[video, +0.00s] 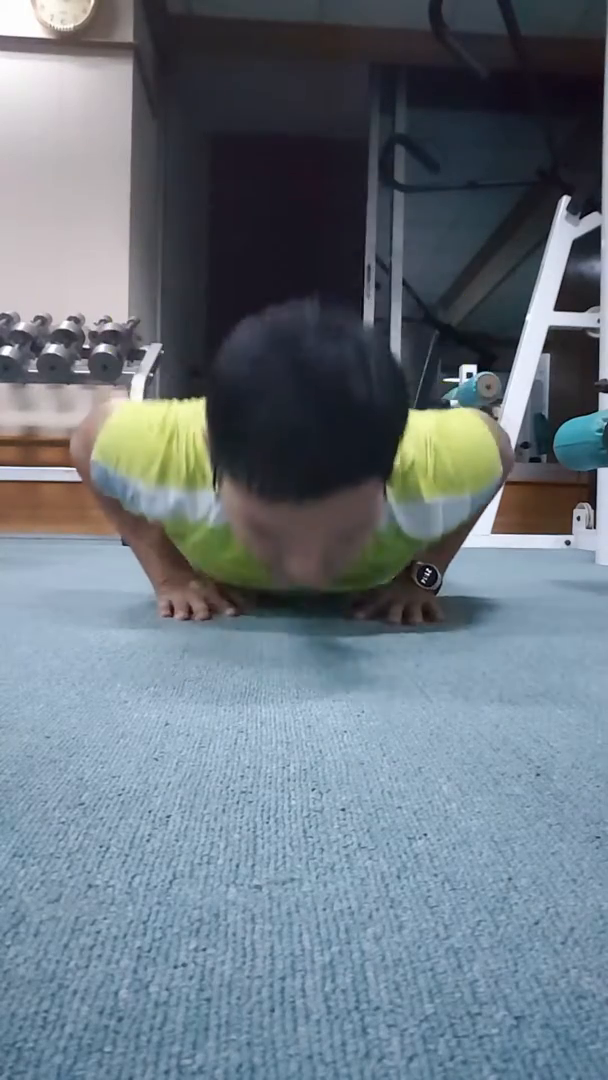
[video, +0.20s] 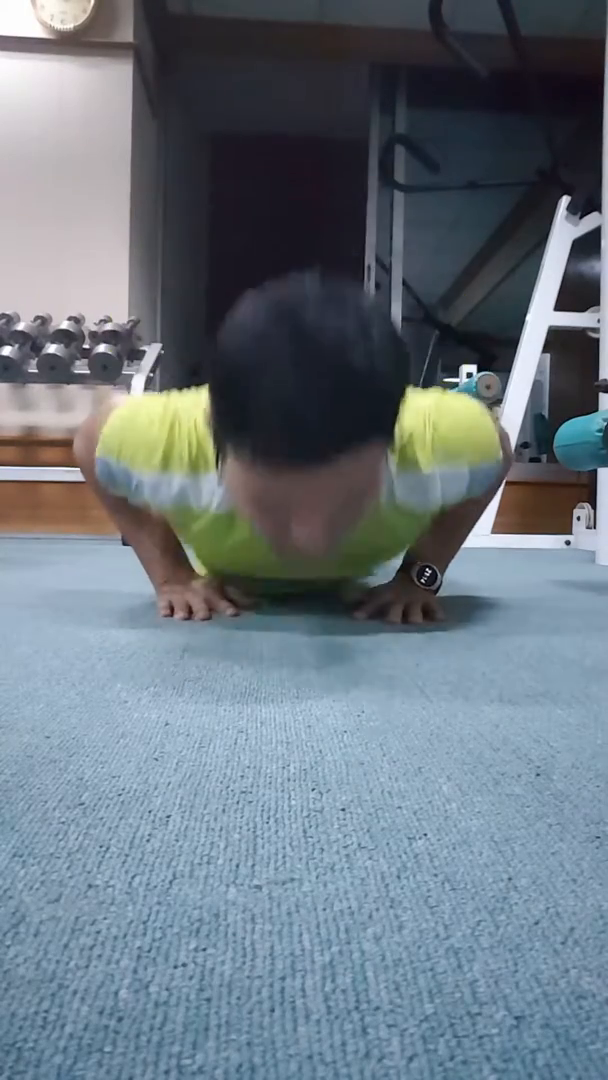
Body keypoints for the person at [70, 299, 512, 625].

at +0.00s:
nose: (306, 569)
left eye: (345, 537)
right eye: (267, 535)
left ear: (385, 477)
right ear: (215, 468)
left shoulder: (439, 468)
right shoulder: (159, 456)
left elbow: (493, 443)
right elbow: (88, 440)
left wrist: (423, 576)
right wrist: (172, 576)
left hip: (374, 570)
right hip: (228, 570)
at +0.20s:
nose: (308, 534)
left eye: (342, 501)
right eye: (272, 504)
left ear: (384, 450)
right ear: (221, 448)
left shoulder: (448, 443)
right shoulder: (156, 444)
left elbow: (489, 456)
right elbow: (91, 442)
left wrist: (419, 576)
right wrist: (172, 574)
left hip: (362, 565)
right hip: (229, 561)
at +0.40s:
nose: (317, 351)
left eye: (348, 314)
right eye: (280, 319)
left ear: (386, 272)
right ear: (222, 269)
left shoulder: (442, 341)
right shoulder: (162, 345)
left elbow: (480, 452)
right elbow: (106, 446)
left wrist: (417, 577)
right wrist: (174, 575)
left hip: (344, 506)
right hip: (232, 510)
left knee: (329, 533)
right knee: (246, 535)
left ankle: (303, 551)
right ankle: (262, 547)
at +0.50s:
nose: (317, 261)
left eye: (350, 224)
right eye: (281, 228)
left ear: (387, 192)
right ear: (227, 192)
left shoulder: (433, 288)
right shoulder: (174, 288)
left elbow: (471, 442)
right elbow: (117, 436)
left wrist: (418, 576)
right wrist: (175, 575)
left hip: (342, 484)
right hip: (236, 491)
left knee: (324, 515)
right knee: (251, 525)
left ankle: (313, 531)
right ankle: (268, 533)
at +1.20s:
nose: (312, 382)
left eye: (349, 342)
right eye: (278, 336)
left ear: (389, 320)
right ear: (228, 311)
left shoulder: (444, 383)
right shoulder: (167, 364)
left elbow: (487, 461)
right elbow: (114, 450)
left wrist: (420, 577)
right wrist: (168, 576)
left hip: (343, 510)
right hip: (225, 510)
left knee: (315, 544)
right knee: (249, 552)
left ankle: (291, 563)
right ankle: (262, 565)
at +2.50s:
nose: (324, 107)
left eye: (354, 76)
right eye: (296, 79)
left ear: (393, 88)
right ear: (265, 93)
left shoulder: (434, 223)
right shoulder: (225, 199)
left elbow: (430, 405)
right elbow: (188, 358)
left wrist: (414, 574)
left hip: (368, 414)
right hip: (278, 402)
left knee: (327, 482)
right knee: (270, 471)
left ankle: (305, 504)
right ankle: (262, 502)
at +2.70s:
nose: (324, 121)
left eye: (354, 88)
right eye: (294, 89)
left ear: (396, 99)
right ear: (260, 102)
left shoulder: (437, 227)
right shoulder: (218, 218)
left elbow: (437, 413)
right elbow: (169, 390)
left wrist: (416, 574)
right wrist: (171, 562)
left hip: (374, 417)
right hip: (279, 399)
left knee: (328, 482)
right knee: (271, 471)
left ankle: (305, 503)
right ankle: (264, 498)